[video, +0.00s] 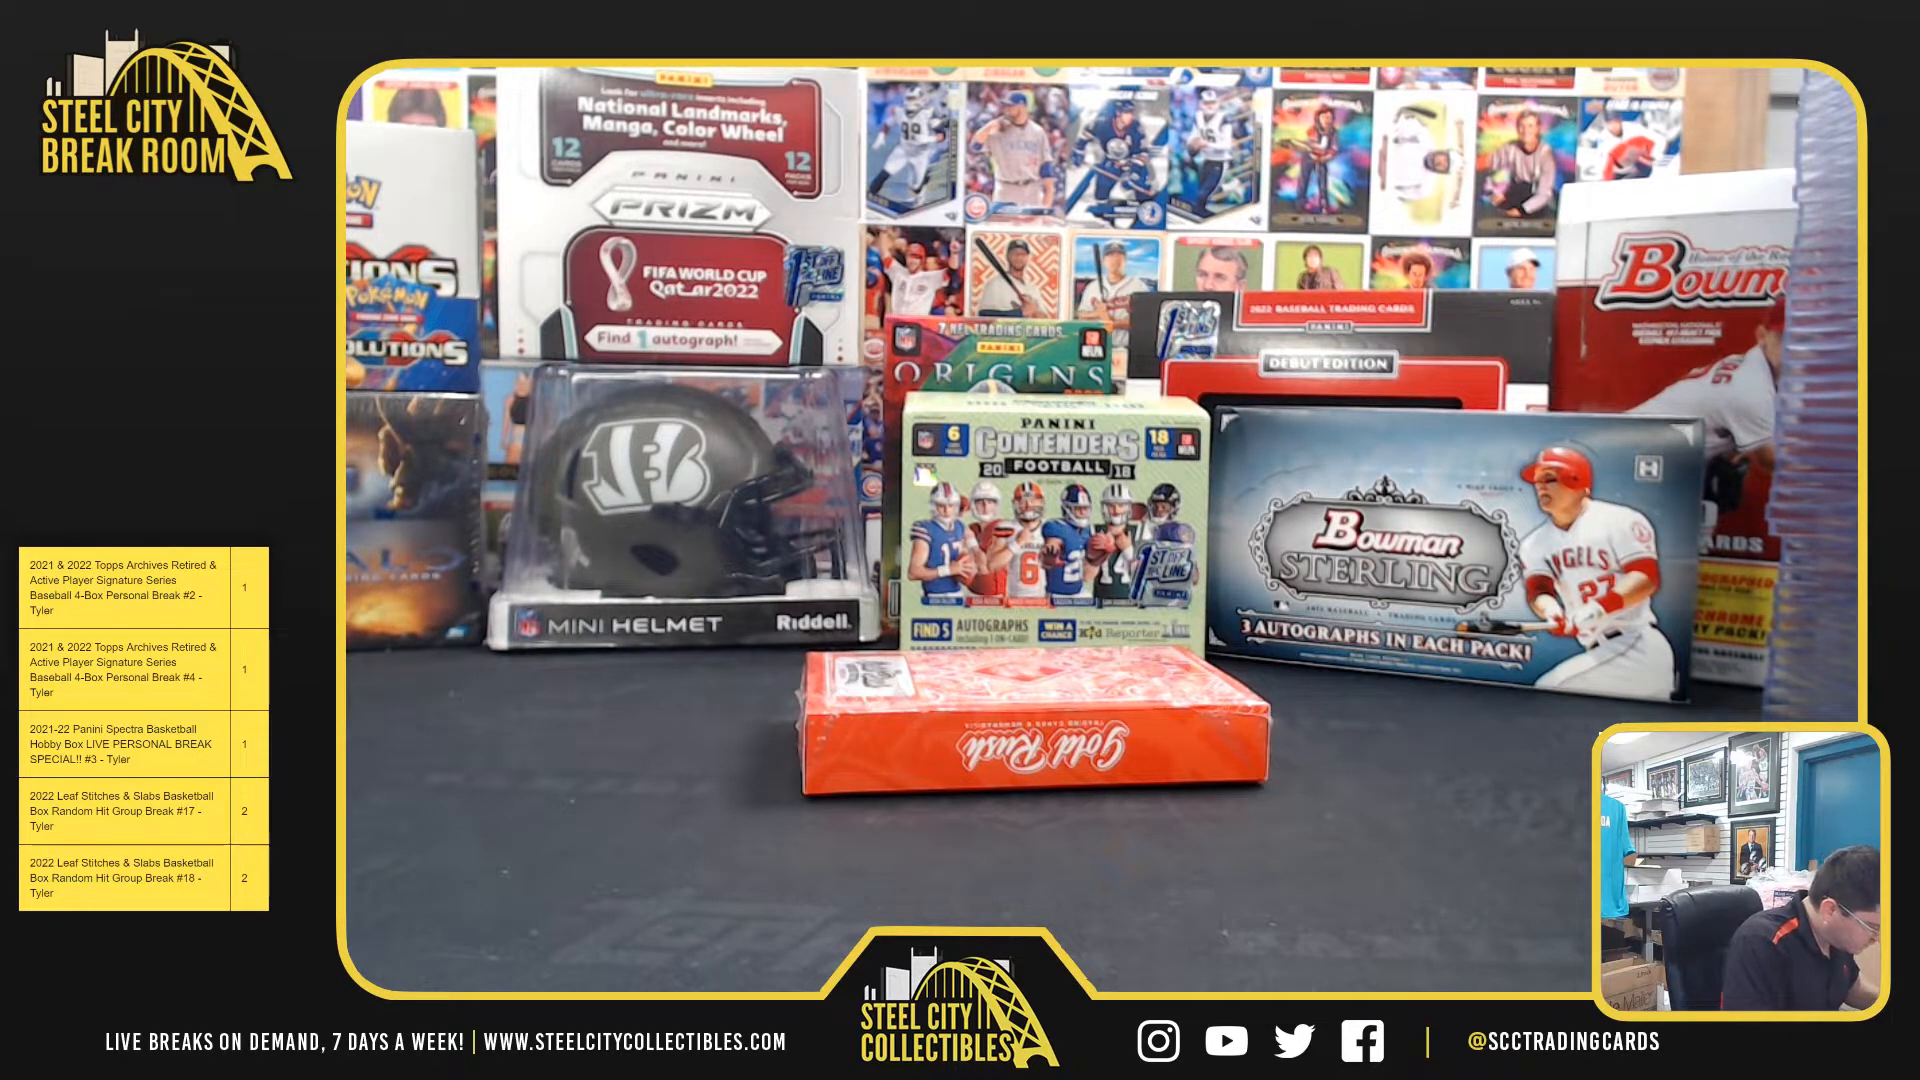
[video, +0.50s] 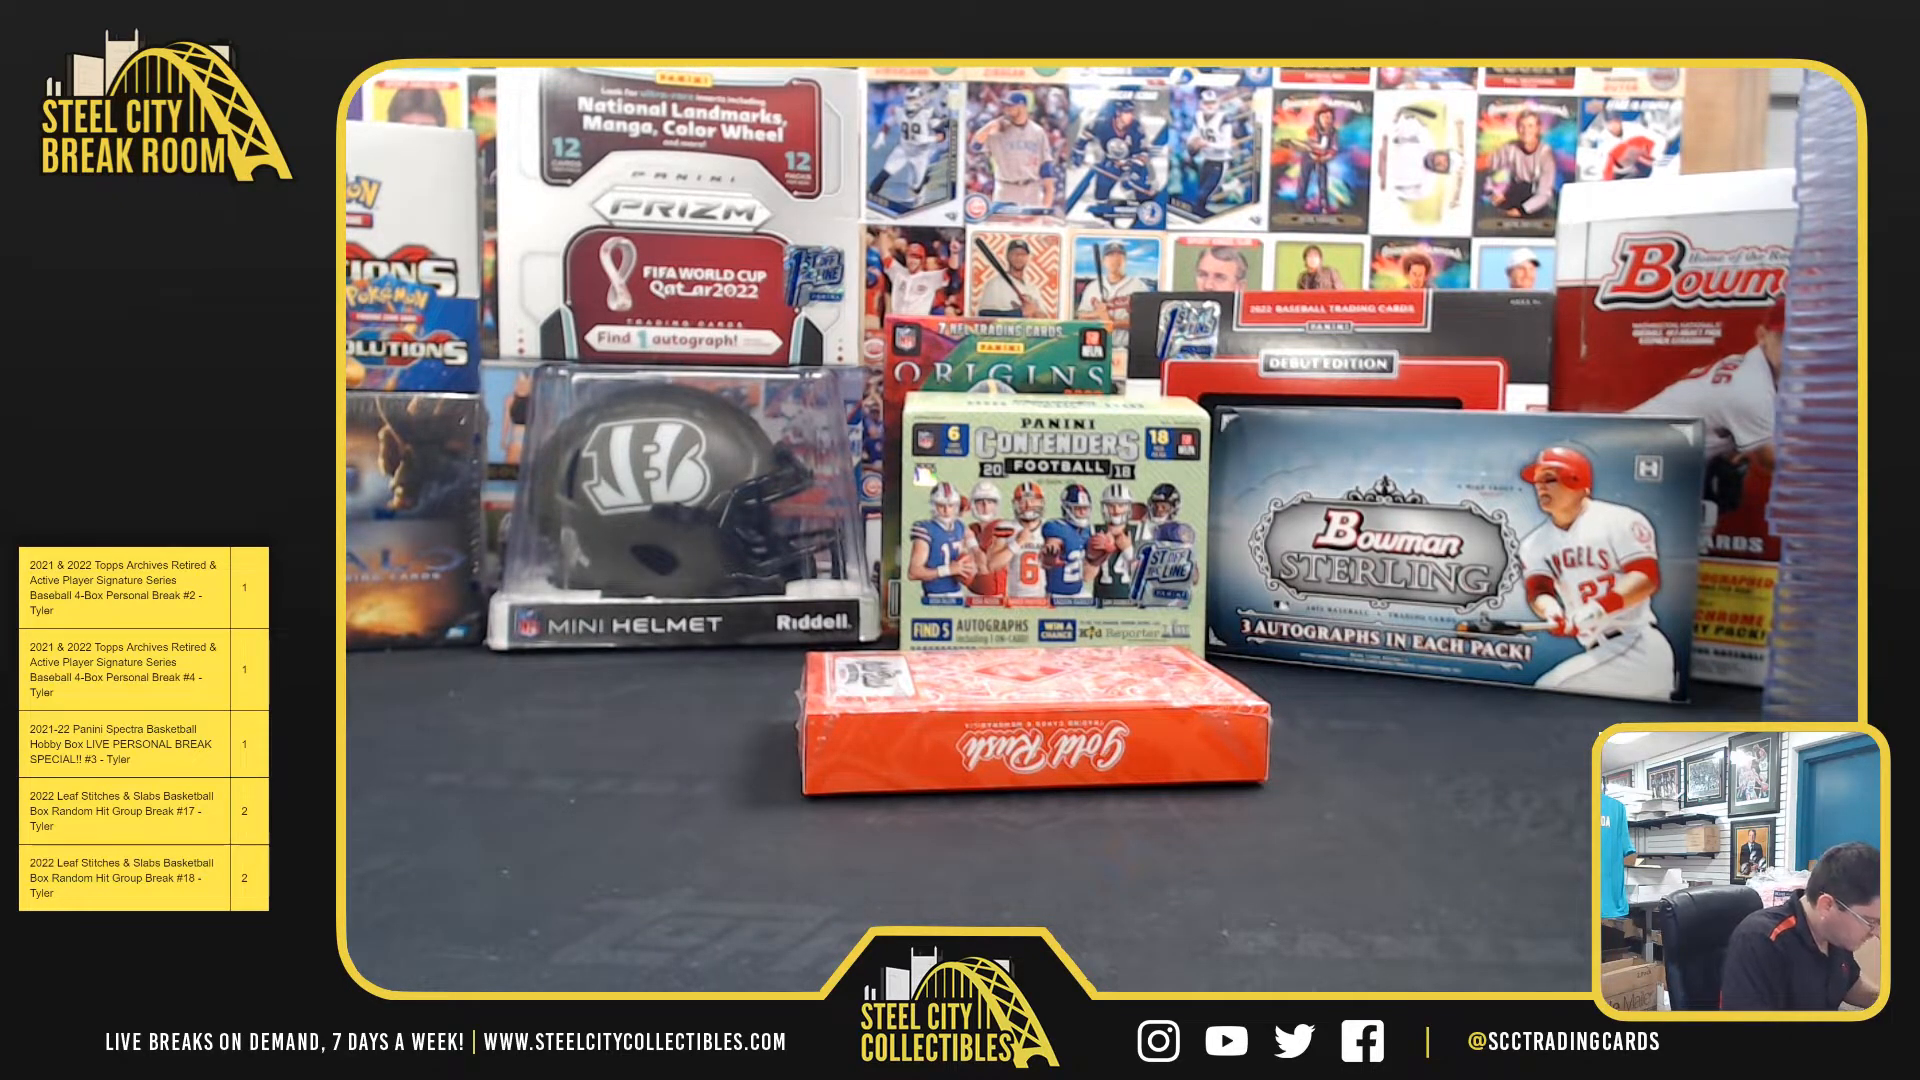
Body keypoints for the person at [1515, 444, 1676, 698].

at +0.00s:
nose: (1540, 489)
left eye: (1549, 480)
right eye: (1537, 483)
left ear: (1578, 484)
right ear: (1533, 487)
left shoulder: (1624, 521)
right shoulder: (1534, 545)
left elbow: (1646, 578)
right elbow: (1538, 591)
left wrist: (1599, 608)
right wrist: (1553, 613)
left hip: (1638, 647)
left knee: (1547, 691)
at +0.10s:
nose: (1540, 489)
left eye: (1549, 480)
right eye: (1537, 483)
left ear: (1578, 484)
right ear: (1533, 487)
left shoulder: (1624, 521)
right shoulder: (1534, 545)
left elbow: (1646, 577)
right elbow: (1538, 591)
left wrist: (1599, 608)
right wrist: (1553, 613)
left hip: (1638, 647)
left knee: (1547, 691)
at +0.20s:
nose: (1540, 489)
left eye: (1549, 480)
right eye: (1537, 483)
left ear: (1578, 484)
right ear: (1533, 487)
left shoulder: (1624, 521)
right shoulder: (1534, 545)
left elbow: (1646, 578)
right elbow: (1538, 591)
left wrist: (1599, 608)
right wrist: (1553, 613)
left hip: (1638, 647)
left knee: (1547, 692)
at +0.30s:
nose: (1540, 489)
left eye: (1549, 480)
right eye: (1537, 483)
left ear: (1578, 484)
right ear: (1533, 487)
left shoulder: (1624, 521)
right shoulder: (1534, 545)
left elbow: (1646, 577)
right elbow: (1538, 591)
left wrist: (1599, 608)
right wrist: (1553, 613)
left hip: (1637, 647)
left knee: (1547, 692)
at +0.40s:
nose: (1540, 489)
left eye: (1549, 480)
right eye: (1537, 483)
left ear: (1578, 484)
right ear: (1533, 487)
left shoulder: (1624, 521)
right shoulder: (1534, 545)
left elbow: (1646, 577)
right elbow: (1538, 591)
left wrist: (1599, 608)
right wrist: (1553, 613)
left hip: (1638, 647)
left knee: (1547, 692)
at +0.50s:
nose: (1540, 489)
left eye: (1549, 480)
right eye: (1537, 483)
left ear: (1578, 484)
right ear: (1533, 487)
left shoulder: (1624, 521)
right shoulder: (1534, 545)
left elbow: (1646, 577)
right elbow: (1538, 591)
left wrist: (1599, 608)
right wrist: (1553, 613)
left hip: (1638, 647)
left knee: (1547, 692)